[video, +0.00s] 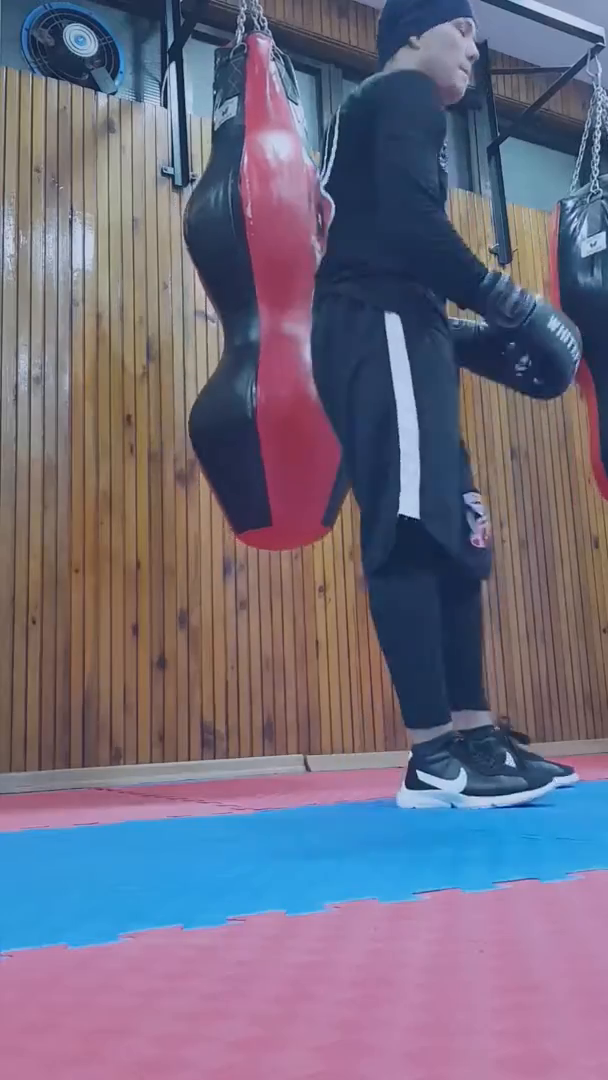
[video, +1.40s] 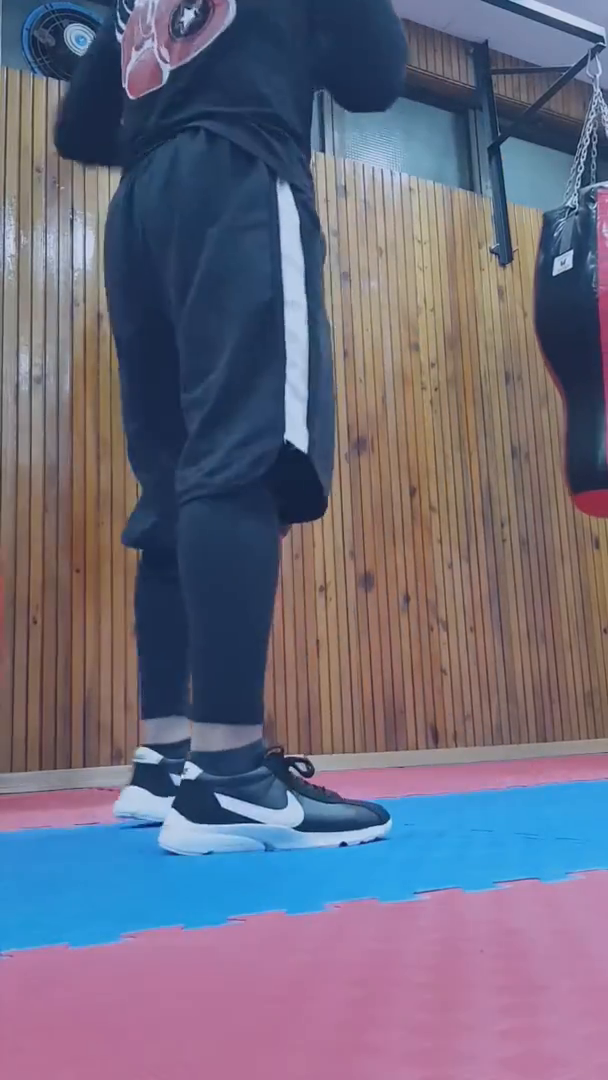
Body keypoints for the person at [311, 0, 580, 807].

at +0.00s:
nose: (473, 50)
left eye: (473, 39)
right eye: (462, 33)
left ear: (422, 41)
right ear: (415, 33)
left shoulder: (394, 109)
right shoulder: (403, 93)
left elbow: (389, 270)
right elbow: (411, 224)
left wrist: (471, 344)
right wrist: (509, 303)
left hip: (405, 327)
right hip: (379, 321)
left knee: (454, 533)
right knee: (407, 529)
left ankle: (474, 736)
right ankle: (434, 752)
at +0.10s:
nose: (461, 61)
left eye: (461, 47)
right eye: (455, 42)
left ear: (401, 34)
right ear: (416, 31)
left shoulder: (363, 93)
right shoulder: (401, 79)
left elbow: (376, 264)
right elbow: (414, 213)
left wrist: (462, 328)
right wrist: (513, 280)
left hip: (357, 320)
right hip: (370, 320)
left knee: (409, 528)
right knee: (405, 528)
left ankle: (417, 732)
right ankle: (432, 749)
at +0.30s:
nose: (407, 39)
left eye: (404, 33)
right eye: (405, 28)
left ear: (329, 23)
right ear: (388, 20)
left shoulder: (297, 84)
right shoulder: (374, 61)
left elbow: (217, 216)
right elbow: (422, 194)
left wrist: (256, 327)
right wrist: (476, 169)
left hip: (301, 319)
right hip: (360, 315)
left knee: (331, 529)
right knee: (383, 531)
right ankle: (437, 752)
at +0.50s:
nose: (352, 40)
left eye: (344, 37)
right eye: (344, 32)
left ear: (257, 33)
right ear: (325, 24)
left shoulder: (209, 113)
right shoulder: (326, 46)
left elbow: (212, 251)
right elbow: (398, 190)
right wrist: (374, 122)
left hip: (236, 319)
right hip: (315, 301)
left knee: (233, 543)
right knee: (377, 527)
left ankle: (188, 753)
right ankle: (436, 748)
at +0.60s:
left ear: (210, 45)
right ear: (267, 23)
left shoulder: (175, 123)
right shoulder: (304, 53)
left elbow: (203, 235)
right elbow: (366, 185)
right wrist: (292, 161)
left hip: (204, 313)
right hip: (287, 296)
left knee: (224, 545)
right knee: (366, 518)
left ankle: (188, 759)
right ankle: (422, 747)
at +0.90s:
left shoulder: (122, 69)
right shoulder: (266, 7)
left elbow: (127, 234)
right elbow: (352, 142)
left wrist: (199, 141)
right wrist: (302, 79)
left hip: (167, 286)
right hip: (257, 259)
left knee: (185, 528)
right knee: (362, 478)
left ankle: (186, 762)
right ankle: (302, 700)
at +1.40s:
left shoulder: (145, 10)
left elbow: (82, 130)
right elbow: (372, 81)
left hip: (135, 193)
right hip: (233, 175)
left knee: (171, 482)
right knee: (237, 464)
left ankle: (169, 760)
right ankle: (232, 771)